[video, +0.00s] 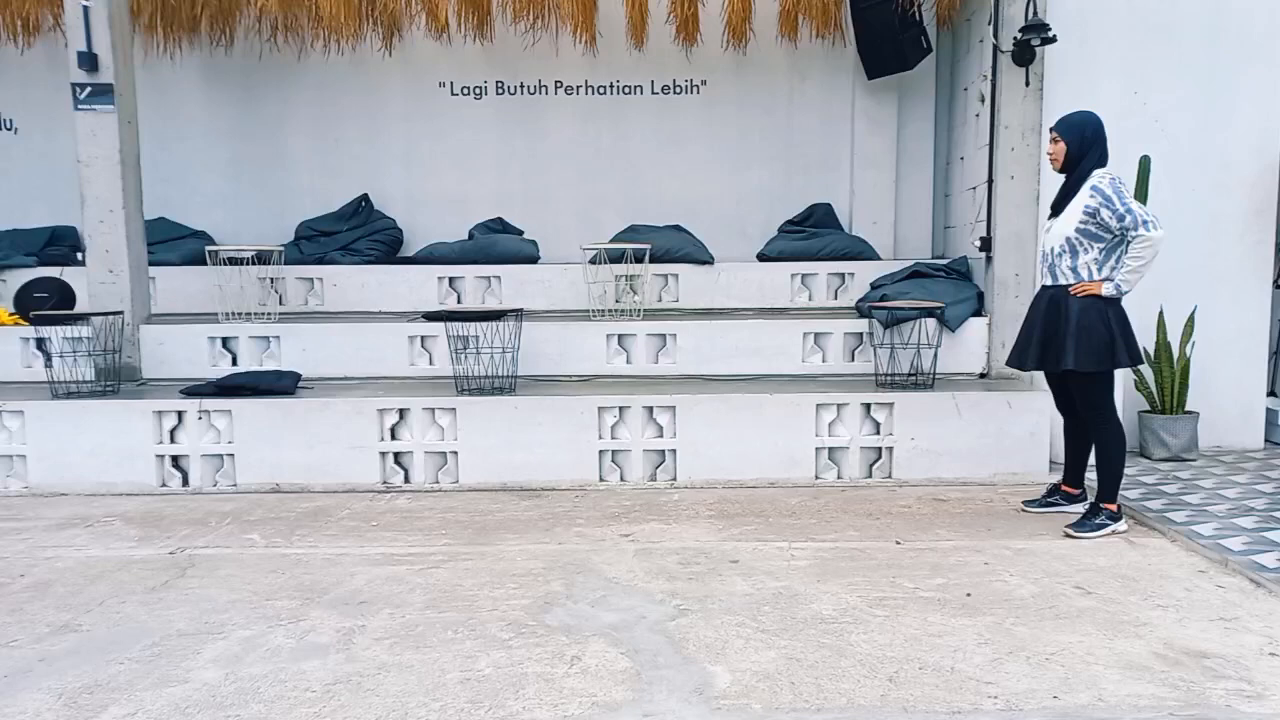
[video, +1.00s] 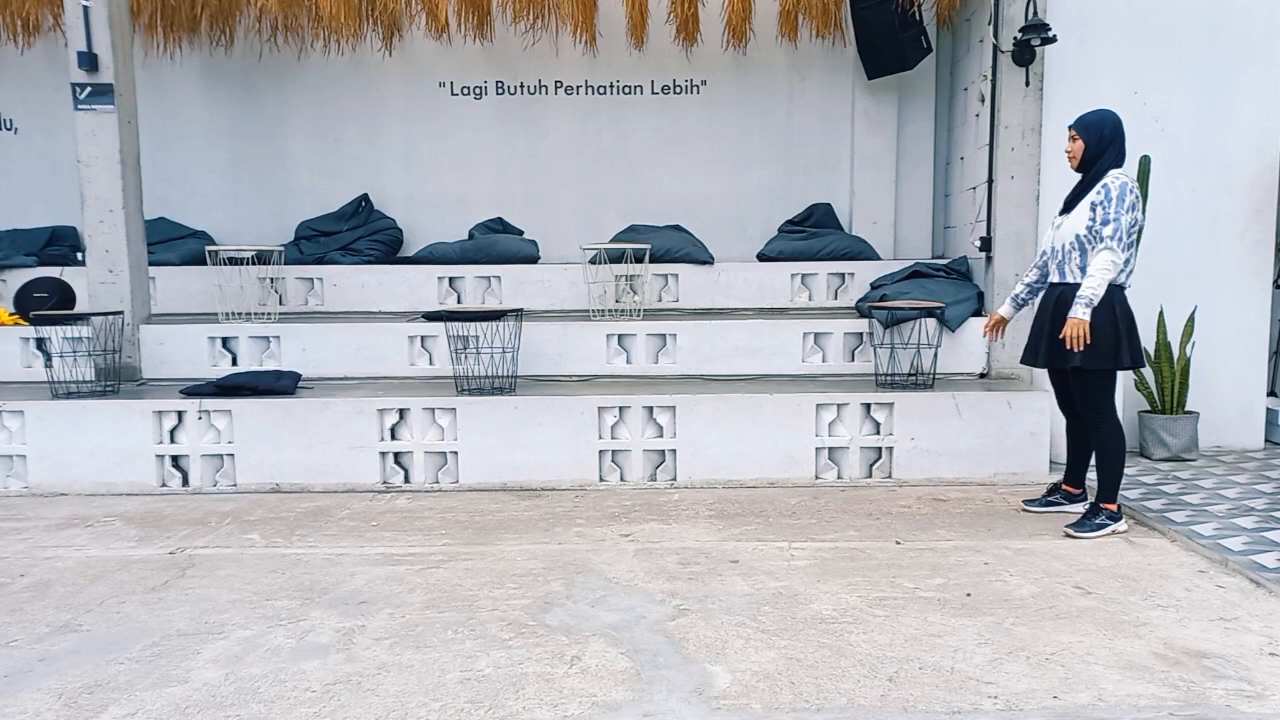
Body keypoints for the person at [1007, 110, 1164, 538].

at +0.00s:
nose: (1049, 149)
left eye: (1056, 141)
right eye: (1050, 141)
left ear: (1080, 143)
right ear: (1069, 145)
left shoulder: (1100, 184)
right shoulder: (1070, 189)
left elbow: (1148, 232)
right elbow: (1090, 243)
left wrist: (1116, 285)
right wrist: (1055, 282)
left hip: (1087, 313)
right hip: (1057, 312)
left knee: (1099, 411)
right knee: (1071, 408)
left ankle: (1109, 507)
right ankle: (1070, 489)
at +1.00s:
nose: (1068, 147)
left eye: (1075, 139)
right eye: (1069, 139)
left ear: (1099, 142)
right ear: (1092, 143)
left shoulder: (1118, 186)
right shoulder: (1080, 193)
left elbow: (1112, 253)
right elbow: (1045, 261)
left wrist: (1082, 307)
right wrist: (1008, 308)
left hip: (1095, 306)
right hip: (1060, 305)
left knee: (1099, 408)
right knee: (1072, 405)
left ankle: (1108, 507)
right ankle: (1071, 488)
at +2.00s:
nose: (1051, 152)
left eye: (1058, 144)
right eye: (1052, 144)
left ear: (1080, 147)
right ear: (1075, 148)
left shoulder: (1099, 185)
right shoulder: (1070, 190)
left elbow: (1134, 234)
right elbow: (1083, 243)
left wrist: (1093, 272)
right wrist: (1075, 275)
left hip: (1075, 309)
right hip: (1047, 307)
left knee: (1085, 409)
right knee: (1059, 405)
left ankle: (1107, 507)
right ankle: (1070, 489)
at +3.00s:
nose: (1030, 155)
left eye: (1036, 147)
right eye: (1030, 148)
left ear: (1058, 149)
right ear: (1050, 151)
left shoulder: (1078, 186)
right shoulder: (1051, 192)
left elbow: (1103, 236)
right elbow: (1057, 248)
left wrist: (1060, 283)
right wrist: (1030, 284)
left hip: (1053, 310)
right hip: (1037, 308)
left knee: (1031, 405)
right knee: (1061, 403)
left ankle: (1024, 501)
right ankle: (1072, 489)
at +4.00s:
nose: (1015, 168)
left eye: (1020, 160)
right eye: (1014, 160)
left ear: (1041, 157)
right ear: (1038, 159)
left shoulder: (1060, 187)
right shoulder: (1044, 194)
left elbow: (1091, 232)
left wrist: (1052, 283)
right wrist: (1032, 284)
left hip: (1045, 311)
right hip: (1040, 309)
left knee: (1013, 402)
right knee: (1056, 401)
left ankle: (1022, 499)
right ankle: (1071, 488)